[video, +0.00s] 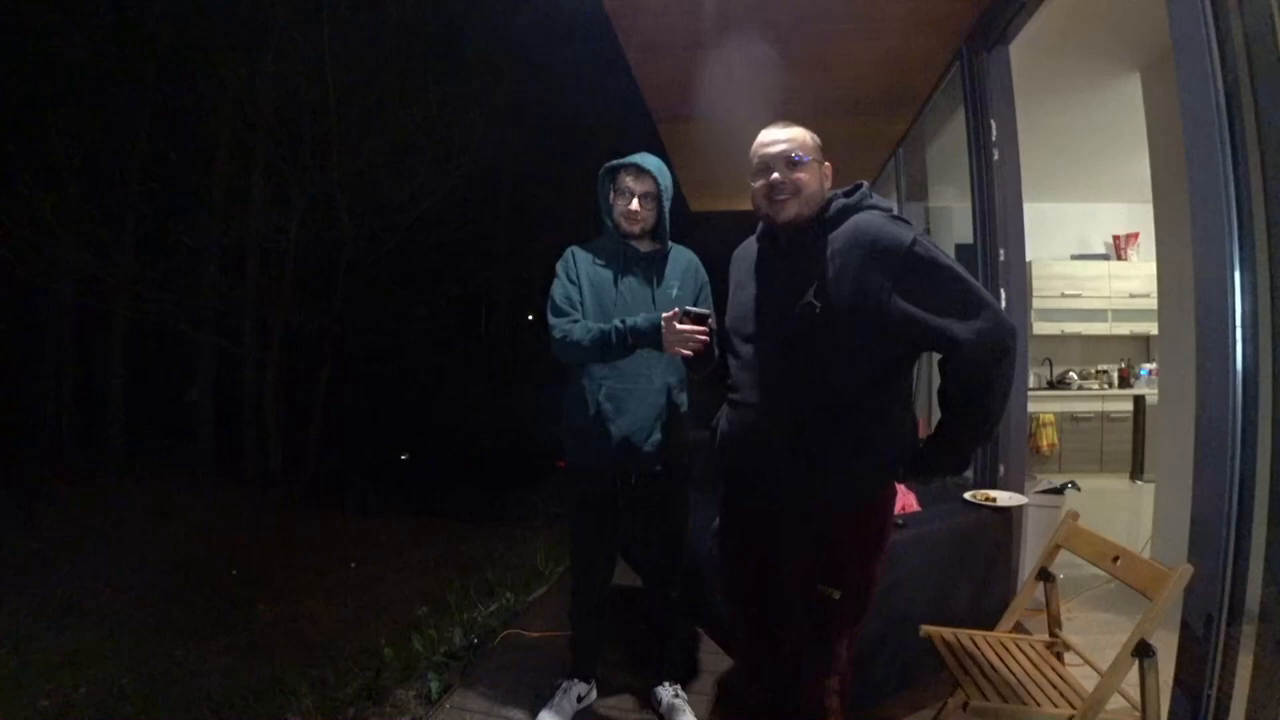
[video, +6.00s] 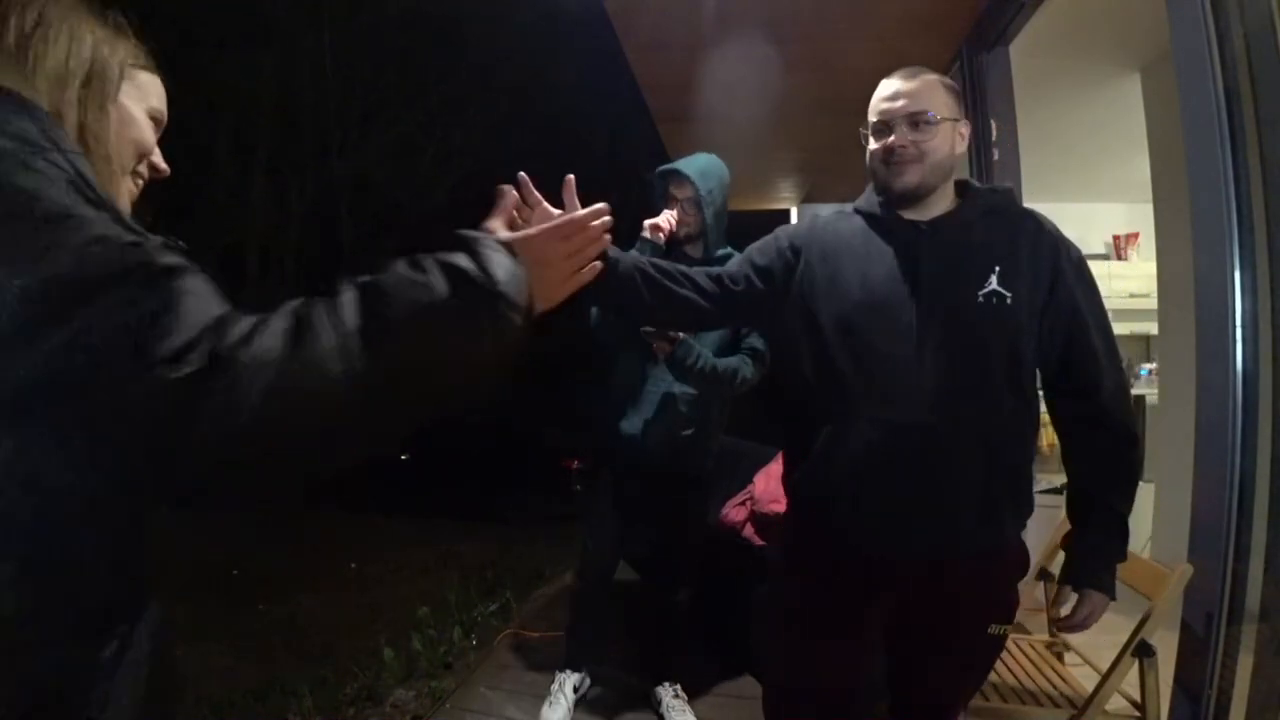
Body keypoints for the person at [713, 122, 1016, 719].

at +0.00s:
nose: (777, 178)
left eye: (793, 163)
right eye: (762, 169)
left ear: (826, 175)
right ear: (751, 188)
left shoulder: (870, 239)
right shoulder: (743, 259)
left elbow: (985, 335)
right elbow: (724, 355)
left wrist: (940, 454)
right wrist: (728, 420)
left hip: (847, 481)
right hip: (754, 478)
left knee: (821, 648)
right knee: (755, 638)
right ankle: (757, 706)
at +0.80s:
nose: (834, 167)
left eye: (857, 153)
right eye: (823, 156)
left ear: (897, 170)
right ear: (813, 172)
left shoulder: (951, 244)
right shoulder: (788, 268)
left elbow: (1066, 337)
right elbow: (736, 368)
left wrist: (1029, 467)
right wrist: (693, 438)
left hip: (915, 520)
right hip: (803, 517)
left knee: (898, 695)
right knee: (803, 687)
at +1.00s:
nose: (864, 152)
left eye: (889, 137)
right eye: (855, 140)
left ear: (934, 155)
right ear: (845, 158)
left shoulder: (994, 242)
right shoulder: (813, 259)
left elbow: (1096, 374)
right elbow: (737, 327)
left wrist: (1058, 512)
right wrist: (640, 347)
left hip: (946, 537)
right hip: (825, 531)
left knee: (915, 702)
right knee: (807, 696)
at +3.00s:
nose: (921, 140)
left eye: (949, 125)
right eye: (911, 131)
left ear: (1001, 145)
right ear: (902, 154)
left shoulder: (1062, 246)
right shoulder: (855, 245)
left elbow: (1129, 425)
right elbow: (751, 292)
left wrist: (1099, 585)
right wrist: (642, 263)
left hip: (971, 556)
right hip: (838, 542)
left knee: (937, 708)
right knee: (795, 699)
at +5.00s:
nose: (920, 143)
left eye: (946, 126)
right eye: (913, 133)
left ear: (1004, 136)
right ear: (905, 150)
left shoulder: (1075, 250)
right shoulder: (861, 242)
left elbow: (1140, 435)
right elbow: (761, 286)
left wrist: (1105, 596)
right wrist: (652, 256)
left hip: (976, 561)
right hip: (842, 542)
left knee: (938, 710)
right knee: (801, 703)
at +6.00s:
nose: (891, 136)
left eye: (914, 121)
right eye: (878, 126)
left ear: (964, 135)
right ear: (864, 149)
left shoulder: (1028, 246)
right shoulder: (811, 240)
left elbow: (1098, 410)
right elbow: (706, 292)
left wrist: (1094, 556)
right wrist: (582, 256)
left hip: (968, 564)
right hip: (830, 557)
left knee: (924, 708)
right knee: (812, 707)